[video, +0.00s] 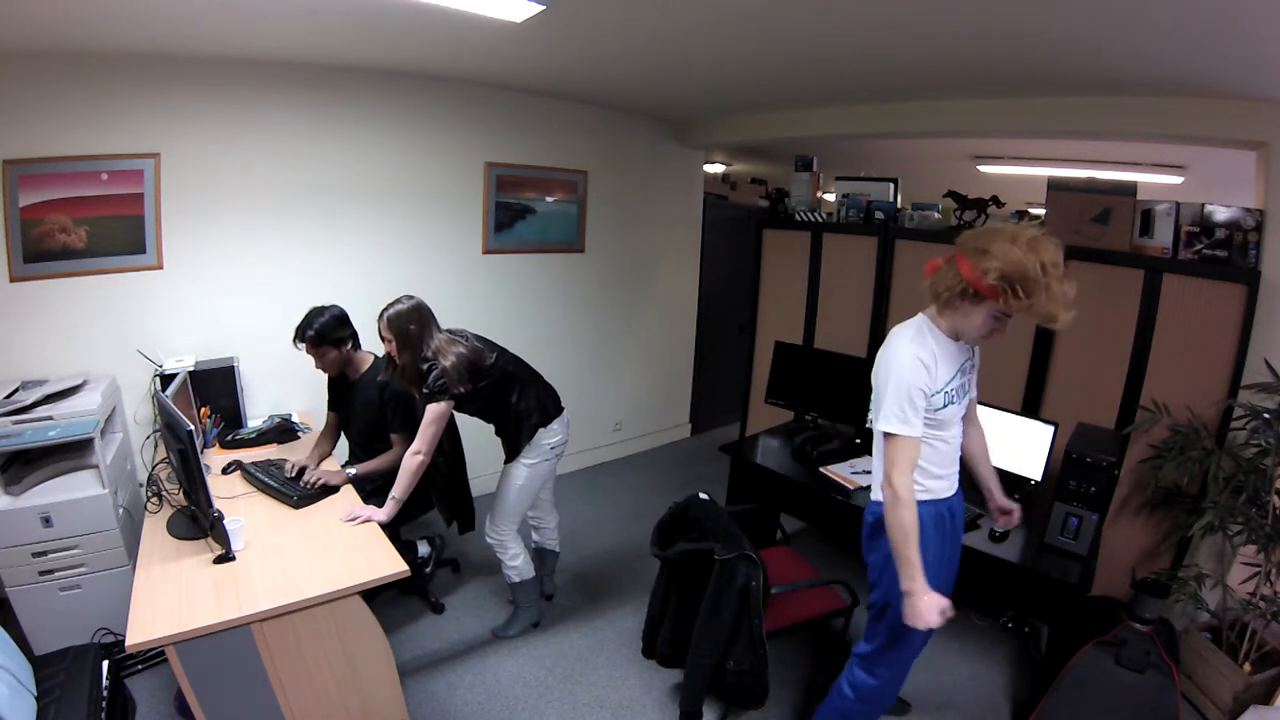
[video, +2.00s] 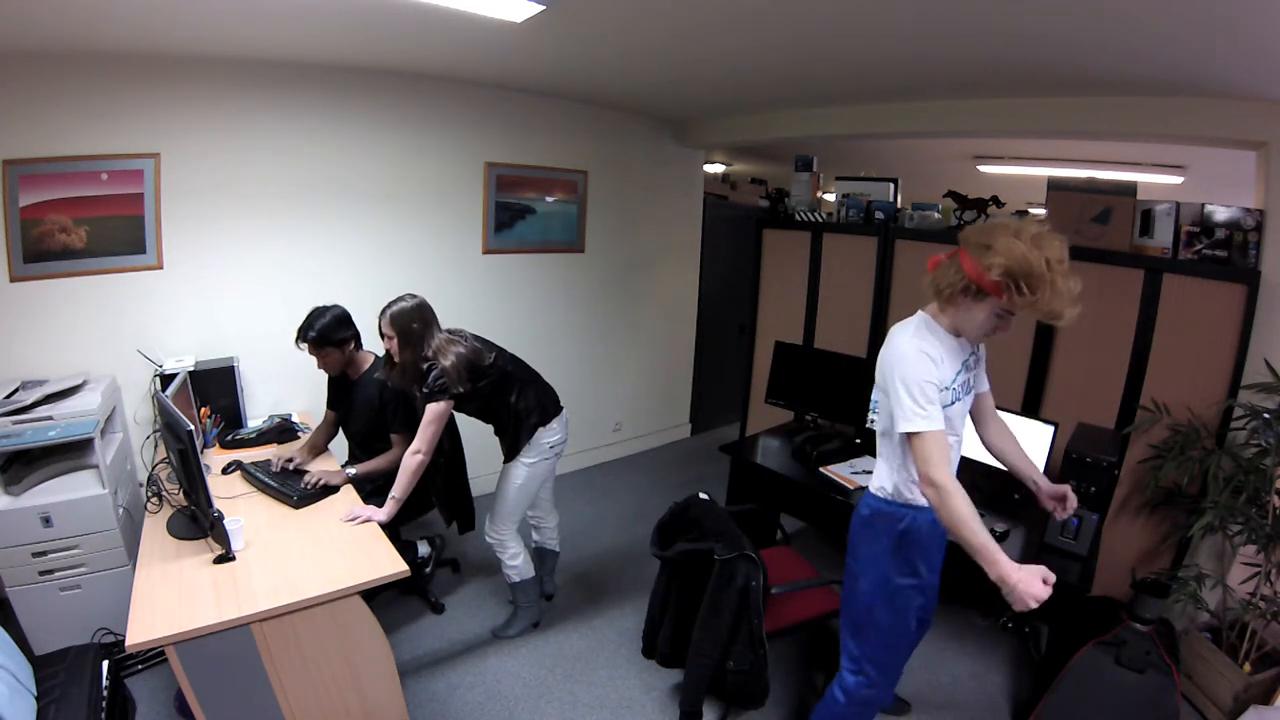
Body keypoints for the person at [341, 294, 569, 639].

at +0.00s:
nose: (386, 349)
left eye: (389, 341)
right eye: (384, 341)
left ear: (410, 338)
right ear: (420, 330)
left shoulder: (443, 369)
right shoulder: (450, 340)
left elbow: (420, 452)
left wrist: (388, 509)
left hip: (539, 433)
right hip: (547, 421)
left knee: (500, 530)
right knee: (541, 507)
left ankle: (527, 608)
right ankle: (546, 581)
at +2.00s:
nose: (385, 345)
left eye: (389, 338)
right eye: (384, 337)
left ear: (411, 337)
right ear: (420, 331)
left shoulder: (442, 370)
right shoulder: (449, 341)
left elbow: (420, 452)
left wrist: (388, 509)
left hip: (537, 432)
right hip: (546, 420)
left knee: (500, 530)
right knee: (541, 507)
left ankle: (528, 607)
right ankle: (545, 581)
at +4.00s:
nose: (382, 346)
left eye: (387, 339)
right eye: (381, 338)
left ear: (412, 336)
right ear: (415, 334)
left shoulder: (443, 367)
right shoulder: (445, 341)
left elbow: (419, 448)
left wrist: (386, 507)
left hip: (534, 430)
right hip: (541, 419)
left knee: (500, 529)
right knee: (541, 506)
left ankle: (527, 608)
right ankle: (546, 581)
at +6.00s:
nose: (387, 327)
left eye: (391, 319)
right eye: (387, 319)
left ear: (414, 317)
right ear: (424, 314)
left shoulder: (445, 353)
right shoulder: (456, 326)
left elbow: (414, 436)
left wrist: (371, 500)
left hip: (527, 432)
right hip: (540, 419)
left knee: (494, 529)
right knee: (539, 507)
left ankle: (527, 608)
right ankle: (545, 581)